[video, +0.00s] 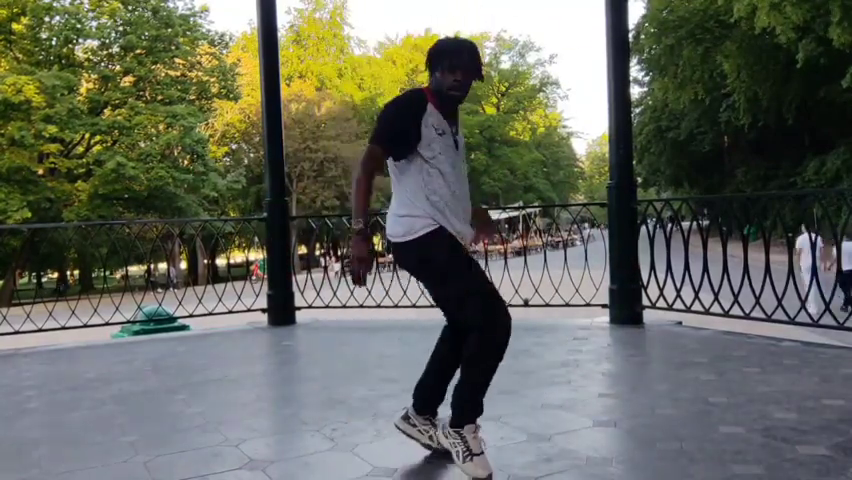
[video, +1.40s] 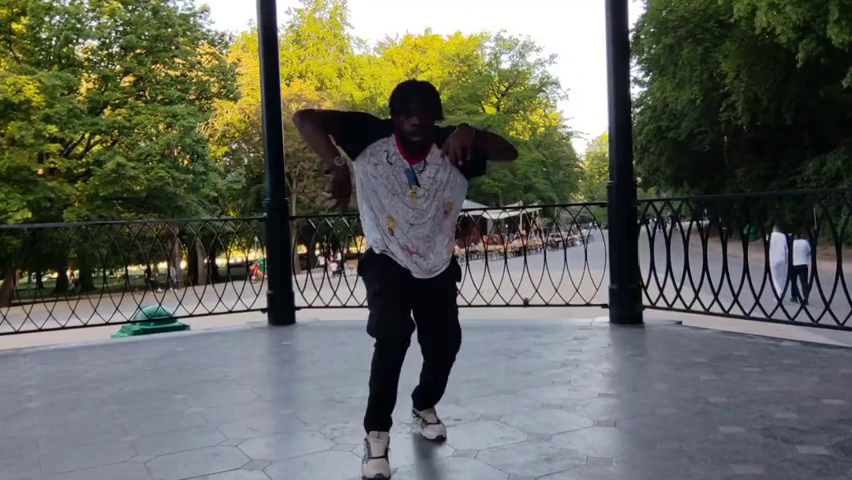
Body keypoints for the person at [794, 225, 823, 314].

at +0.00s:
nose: (802, 229)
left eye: (802, 227)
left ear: (803, 228)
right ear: (812, 227)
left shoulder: (800, 239)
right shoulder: (818, 238)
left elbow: (798, 252)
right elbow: (821, 251)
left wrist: (798, 263)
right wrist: (822, 262)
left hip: (805, 263)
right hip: (816, 263)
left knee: (808, 285)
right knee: (815, 284)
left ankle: (812, 307)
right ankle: (815, 304)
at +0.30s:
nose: (796, 230)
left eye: (796, 229)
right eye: (797, 229)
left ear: (797, 229)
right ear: (804, 229)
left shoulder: (796, 236)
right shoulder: (807, 236)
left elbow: (794, 248)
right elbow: (810, 249)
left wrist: (793, 258)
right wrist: (812, 258)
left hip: (799, 260)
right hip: (807, 259)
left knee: (799, 280)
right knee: (806, 279)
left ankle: (802, 298)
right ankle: (804, 295)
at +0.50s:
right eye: (806, 228)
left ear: (796, 227)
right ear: (804, 228)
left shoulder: (791, 236)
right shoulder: (806, 236)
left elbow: (787, 248)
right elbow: (808, 249)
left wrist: (788, 260)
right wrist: (809, 258)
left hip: (793, 260)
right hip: (804, 260)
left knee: (791, 282)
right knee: (803, 282)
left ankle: (791, 302)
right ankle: (802, 301)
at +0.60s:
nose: (787, 230)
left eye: (788, 229)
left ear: (789, 229)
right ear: (797, 228)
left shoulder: (786, 238)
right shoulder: (802, 237)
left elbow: (784, 251)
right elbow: (807, 251)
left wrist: (783, 262)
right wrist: (808, 262)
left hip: (789, 263)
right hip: (800, 262)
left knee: (788, 283)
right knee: (801, 282)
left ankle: (787, 301)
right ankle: (802, 302)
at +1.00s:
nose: (779, 228)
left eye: (779, 227)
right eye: (780, 227)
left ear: (779, 228)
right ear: (786, 227)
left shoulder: (775, 237)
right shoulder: (791, 236)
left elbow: (771, 249)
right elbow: (794, 249)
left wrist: (771, 258)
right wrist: (795, 259)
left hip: (780, 260)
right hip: (789, 260)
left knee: (781, 280)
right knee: (789, 280)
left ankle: (784, 299)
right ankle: (789, 298)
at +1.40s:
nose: (774, 229)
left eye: (774, 228)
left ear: (773, 228)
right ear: (781, 229)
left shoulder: (770, 237)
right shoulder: (783, 236)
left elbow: (769, 249)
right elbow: (786, 249)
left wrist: (769, 259)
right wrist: (787, 258)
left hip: (773, 260)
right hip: (782, 259)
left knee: (775, 278)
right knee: (782, 277)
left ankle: (778, 294)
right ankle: (781, 295)